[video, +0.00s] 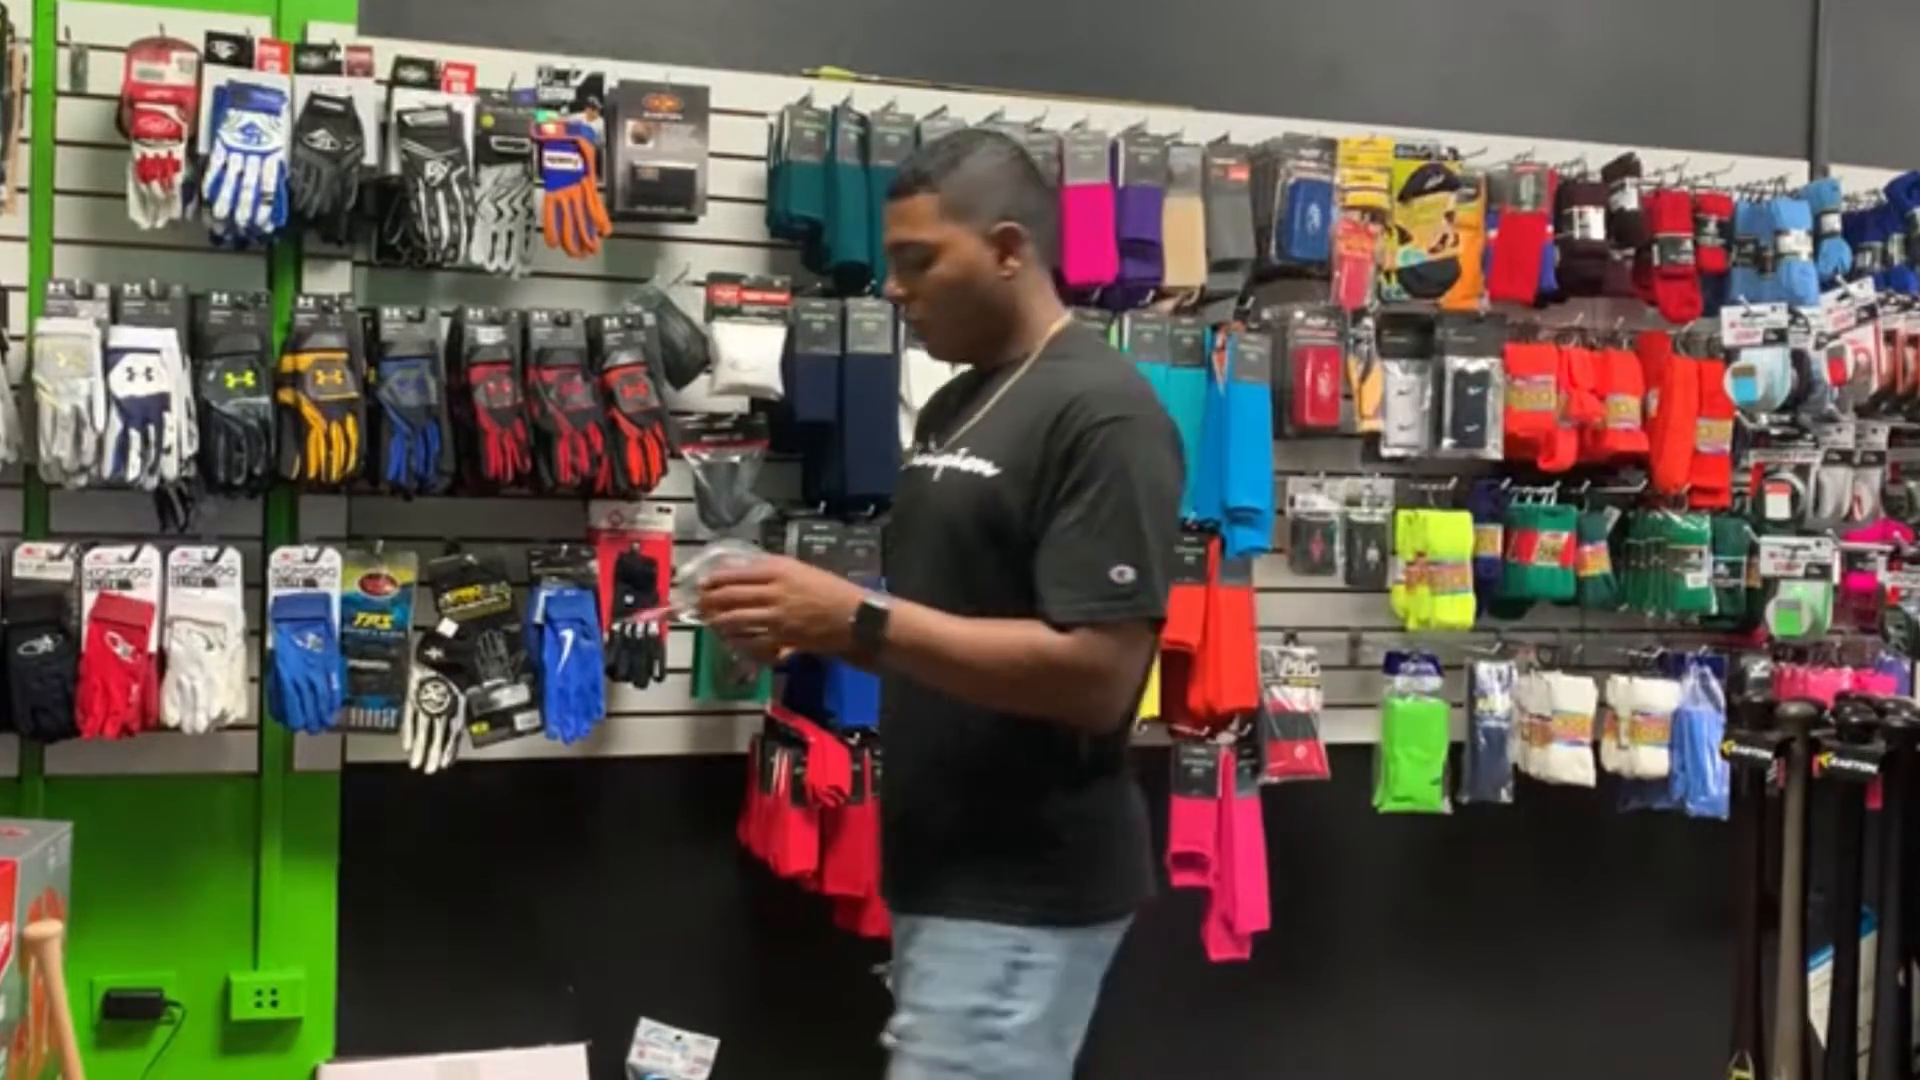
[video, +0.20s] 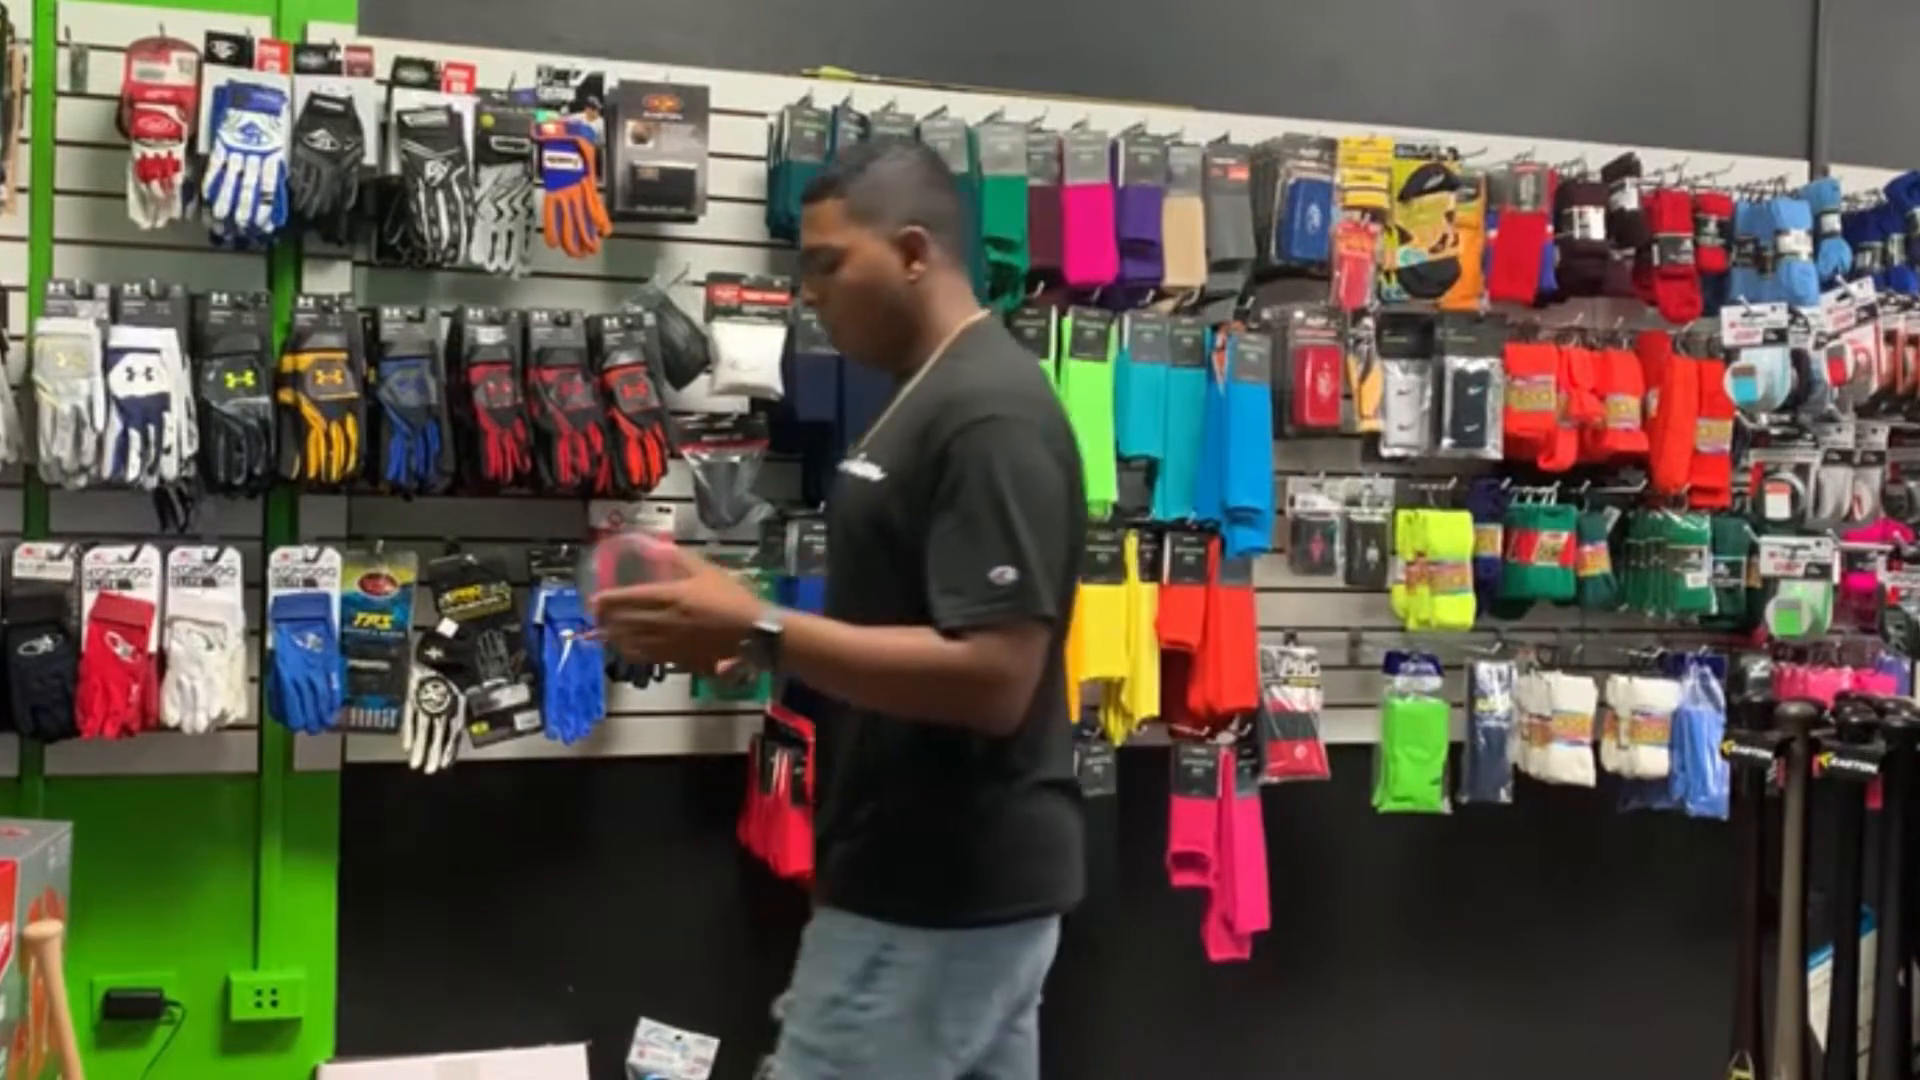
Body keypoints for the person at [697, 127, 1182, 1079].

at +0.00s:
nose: (896, 292)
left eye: (917, 260)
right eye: (892, 267)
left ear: (1008, 247)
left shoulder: (1107, 412)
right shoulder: (960, 406)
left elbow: (1099, 680)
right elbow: (953, 629)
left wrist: (858, 621)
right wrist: (824, 618)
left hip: (1027, 891)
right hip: (945, 873)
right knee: (943, 1060)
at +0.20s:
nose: (808, 296)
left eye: (826, 263)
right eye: (806, 271)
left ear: (916, 251)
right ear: (913, 256)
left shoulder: (991, 412)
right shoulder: (947, 397)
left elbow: (994, 681)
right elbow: (937, 650)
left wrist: (755, 628)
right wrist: (749, 634)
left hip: (934, 898)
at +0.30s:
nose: (760, 296)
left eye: (775, 263)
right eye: (760, 268)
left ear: (861, 255)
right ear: (861, 258)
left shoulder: (919, 418)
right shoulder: (922, 397)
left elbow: (924, 690)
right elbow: (863, 654)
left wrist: (692, 653)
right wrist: (683, 635)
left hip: (883, 899)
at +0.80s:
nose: (453, 262)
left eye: (460, 237)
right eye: (452, 237)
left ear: (536, 242)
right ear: (563, 234)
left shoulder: (541, 423)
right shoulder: (692, 363)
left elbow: (405, 659)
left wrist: (180, 741)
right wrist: (488, 662)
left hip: (613, 841)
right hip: (708, 818)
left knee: (569, 1063)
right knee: (587, 1057)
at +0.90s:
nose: (406, 271)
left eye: (414, 244)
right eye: (403, 245)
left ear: (488, 247)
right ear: (564, 239)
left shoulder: (486, 429)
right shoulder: (660, 349)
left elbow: (312, 652)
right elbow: (723, 562)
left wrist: (105, 752)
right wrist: (489, 642)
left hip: (583, 833)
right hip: (675, 803)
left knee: (544, 1066)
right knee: (568, 1055)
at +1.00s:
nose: (366, 278)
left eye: (375, 252)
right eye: (364, 253)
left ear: (448, 253)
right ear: (478, 246)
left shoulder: (446, 438)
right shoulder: (628, 366)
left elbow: (264, 647)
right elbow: (690, 558)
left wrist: (64, 762)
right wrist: (467, 644)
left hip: (555, 834)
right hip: (642, 803)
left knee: (533, 1063)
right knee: (558, 1057)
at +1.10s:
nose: (332, 291)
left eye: (342, 264)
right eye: (331, 266)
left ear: (420, 261)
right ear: (442, 255)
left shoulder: (425, 434)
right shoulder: (587, 377)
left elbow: (233, 653)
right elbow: (631, 575)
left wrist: (45, 774)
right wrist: (397, 646)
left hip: (530, 831)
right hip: (605, 801)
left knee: (515, 1065)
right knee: (451, 1061)